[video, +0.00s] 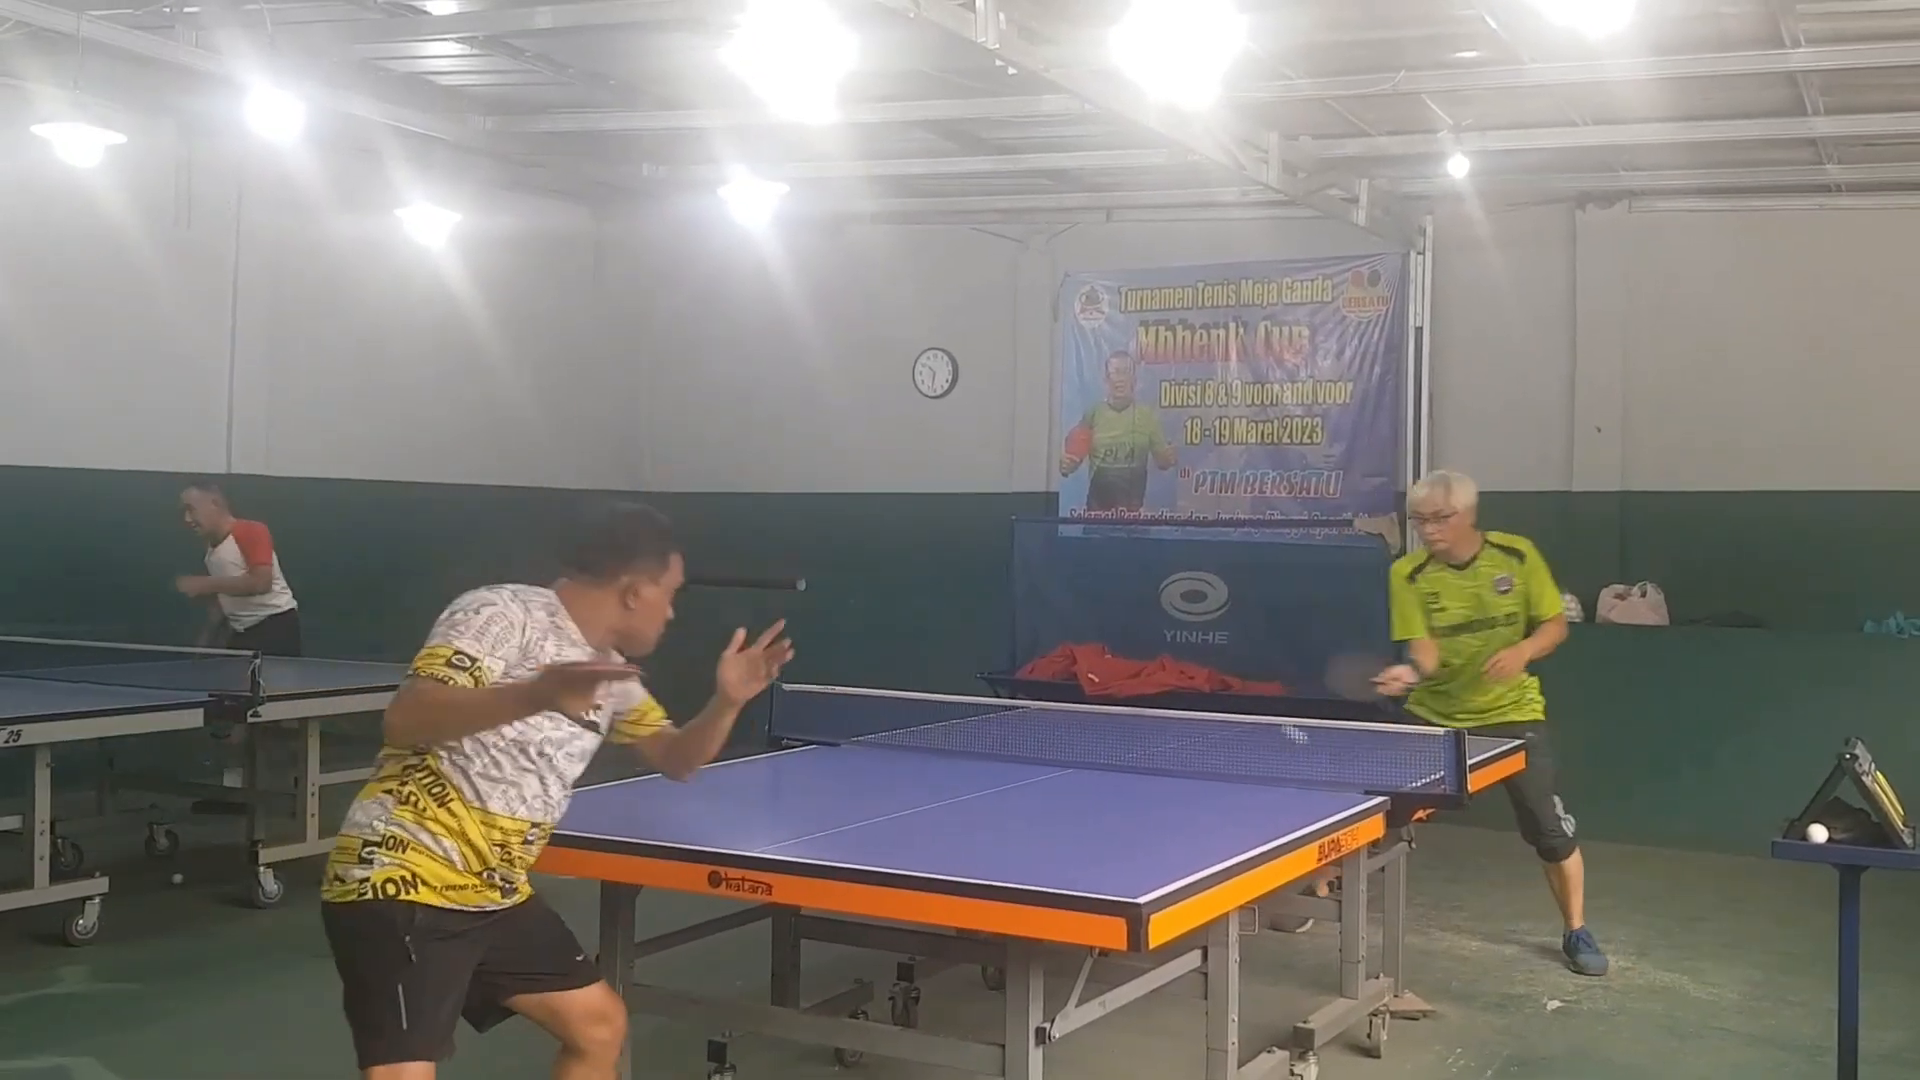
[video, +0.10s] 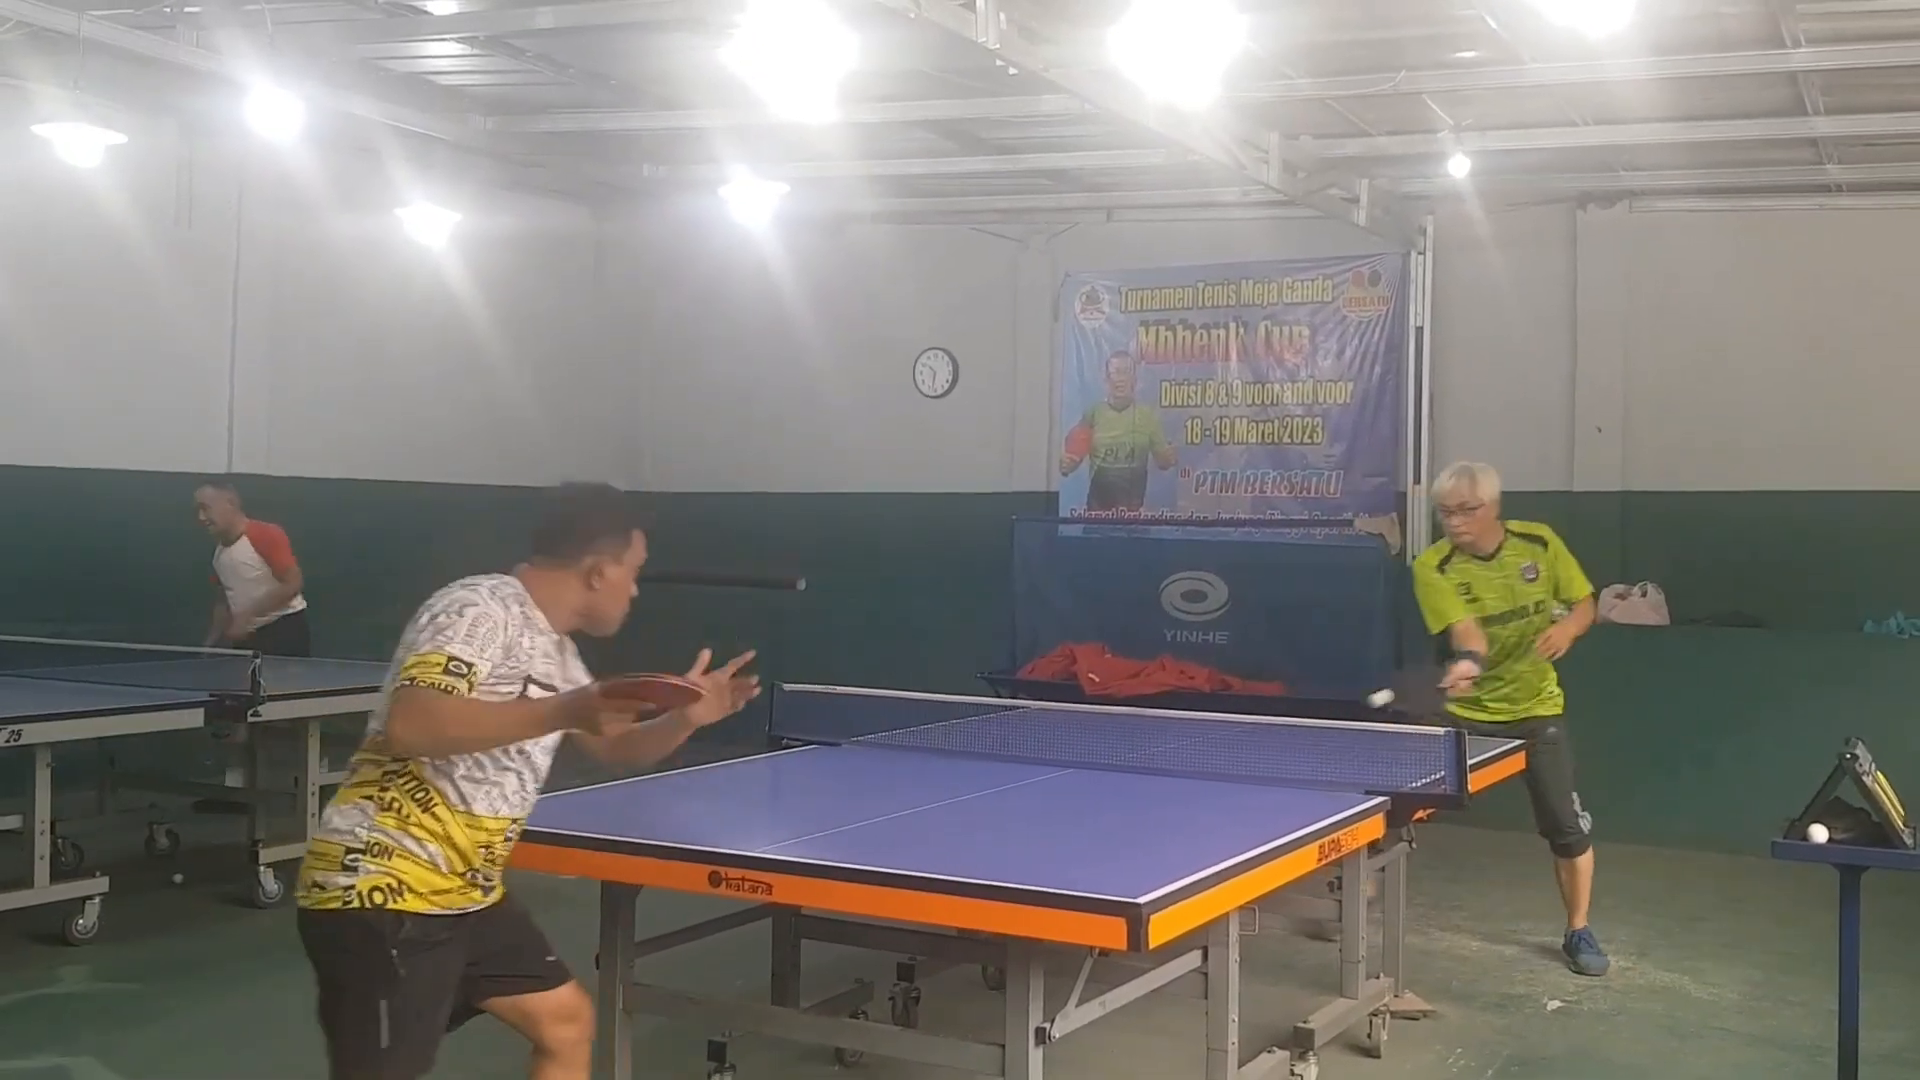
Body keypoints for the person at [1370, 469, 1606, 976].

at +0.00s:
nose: (1428, 530)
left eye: (1439, 519)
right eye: (1421, 520)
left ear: (1467, 516)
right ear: (1414, 521)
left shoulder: (1518, 555)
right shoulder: (1407, 573)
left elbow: (1555, 626)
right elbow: (1424, 649)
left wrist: (1522, 652)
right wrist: (1413, 670)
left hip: (1511, 710)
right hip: (1433, 710)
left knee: (1545, 822)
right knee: (1365, 791)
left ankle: (1577, 931)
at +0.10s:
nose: (1453, 521)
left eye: (1464, 510)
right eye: (1445, 512)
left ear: (1493, 508)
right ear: (1438, 513)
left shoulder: (1540, 542)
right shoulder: (1432, 566)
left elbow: (1585, 601)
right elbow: (1465, 630)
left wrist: (1568, 628)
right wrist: (1468, 659)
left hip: (1536, 703)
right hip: (1468, 708)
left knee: (1565, 822)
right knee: (1397, 794)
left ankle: (1578, 928)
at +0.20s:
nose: (1467, 513)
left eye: (1479, 501)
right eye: (1458, 503)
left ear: (1507, 499)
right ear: (1450, 503)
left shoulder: (1544, 527)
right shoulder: (1444, 555)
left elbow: (1593, 576)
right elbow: (1481, 605)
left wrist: (1598, 594)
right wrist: (1496, 641)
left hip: (1546, 699)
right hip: (1475, 701)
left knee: (1575, 813)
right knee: (1441, 797)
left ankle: (1579, 927)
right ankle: (1427, 917)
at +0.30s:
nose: (1473, 508)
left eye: (1485, 497)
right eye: (1463, 498)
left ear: (1512, 496)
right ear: (1455, 500)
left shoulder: (1544, 525)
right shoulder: (1449, 551)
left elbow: (1598, 562)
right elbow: (1482, 596)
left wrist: (1615, 574)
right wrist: (1490, 635)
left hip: (1551, 698)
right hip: (1486, 702)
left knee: (1588, 811)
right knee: (1482, 811)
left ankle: (1574, 929)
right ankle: (1490, 937)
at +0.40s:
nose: (1477, 507)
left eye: (1489, 496)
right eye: (1466, 498)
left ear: (1512, 499)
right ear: (1454, 505)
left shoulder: (1541, 535)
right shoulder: (1449, 558)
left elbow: (1588, 567)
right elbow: (1474, 602)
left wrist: (1613, 563)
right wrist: (1471, 628)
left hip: (1548, 704)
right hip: (1482, 709)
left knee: (1610, 807)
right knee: (1501, 812)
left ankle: (1576, 919)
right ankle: (1497, 939)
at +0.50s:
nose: (1477, 499)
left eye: (1489, 489)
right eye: (1468, 490)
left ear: (1516, 493)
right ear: (1459, 495)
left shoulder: (1549, 532)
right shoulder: (1445, 557)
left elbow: (1594, 578)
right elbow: (1462, 629)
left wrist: (1615, 571)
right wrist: (1452, 634)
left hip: (1547, 698)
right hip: (1478, 703)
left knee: (1599, 806)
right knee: (1491, 814)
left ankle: (1580, 919)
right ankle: (1494, 938)